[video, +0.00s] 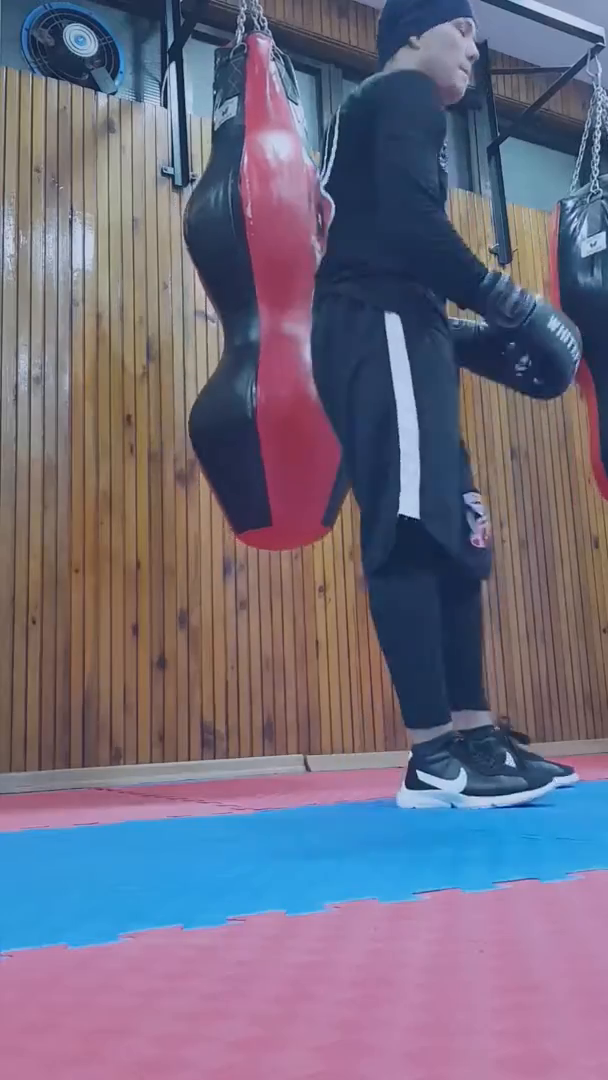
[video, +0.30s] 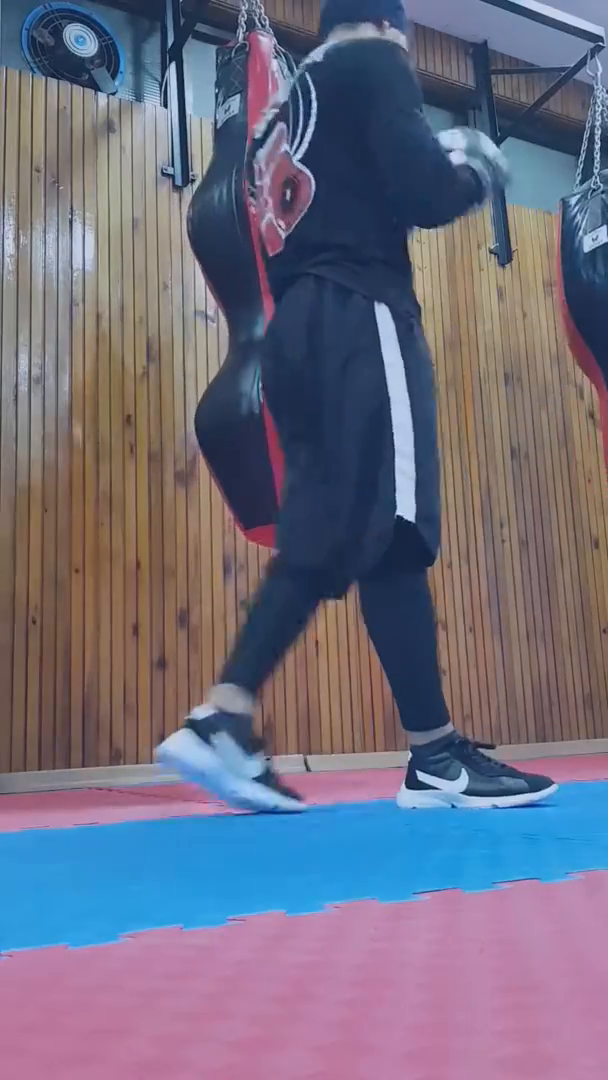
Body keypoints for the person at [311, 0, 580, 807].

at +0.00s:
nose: (473, 50)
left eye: (473, 39)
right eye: (462, 33)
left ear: (422, 41)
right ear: (415, 33)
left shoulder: (394, 109)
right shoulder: (403, 93)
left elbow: (389, 270)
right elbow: (411, 224)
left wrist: (471, 344)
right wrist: (509, 303)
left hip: (405, 327)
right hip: (379, 321)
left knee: (454, 533)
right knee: (407, 529)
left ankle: (474, 736)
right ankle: (434, 752)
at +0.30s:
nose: (407, 39)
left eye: (404, 33)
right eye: (405, 28)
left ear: (329, 23)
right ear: (388, 20)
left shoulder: (297, 84)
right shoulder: (374, 61)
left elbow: (217, 216)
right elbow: (422, 194)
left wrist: (256, 327)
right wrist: (476, 169)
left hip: (301, 319)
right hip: (360, 315)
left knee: (331, 529)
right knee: (383, 531)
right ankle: (437, 752)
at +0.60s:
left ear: (210, 45)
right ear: (267, 23)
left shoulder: (175, 123)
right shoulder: (304, 53)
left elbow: (203, 235)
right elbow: (366, 185)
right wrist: (292, 161)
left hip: (204, 313)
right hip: (287, 296)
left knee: (224, 545)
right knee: (366, 518)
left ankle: (188, 759)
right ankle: (422, 747)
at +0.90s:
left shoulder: (122, 69)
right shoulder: (266, 7)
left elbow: (127, 234)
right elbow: (352, 142)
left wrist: (199, 141)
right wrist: (302, 79)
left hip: (167, 286)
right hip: (257, 259)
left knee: (185, 528)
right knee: (362, 478)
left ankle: (186, 762)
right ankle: (302, 700)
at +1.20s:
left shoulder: (147, 17)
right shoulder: (304, 1)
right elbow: (371, 110)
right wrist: (269, 81)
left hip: (154, 237)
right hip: (256, 217)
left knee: (178, 504)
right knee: (250, 478)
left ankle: (184, 766)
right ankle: (235, 763)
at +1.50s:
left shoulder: (133, 7)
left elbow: (88, 119)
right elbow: (352, 80)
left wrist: (91, 39)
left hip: (134, 189)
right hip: (237, 174)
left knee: (170, 484)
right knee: (244, 467)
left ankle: (134, 755)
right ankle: (231, 771)